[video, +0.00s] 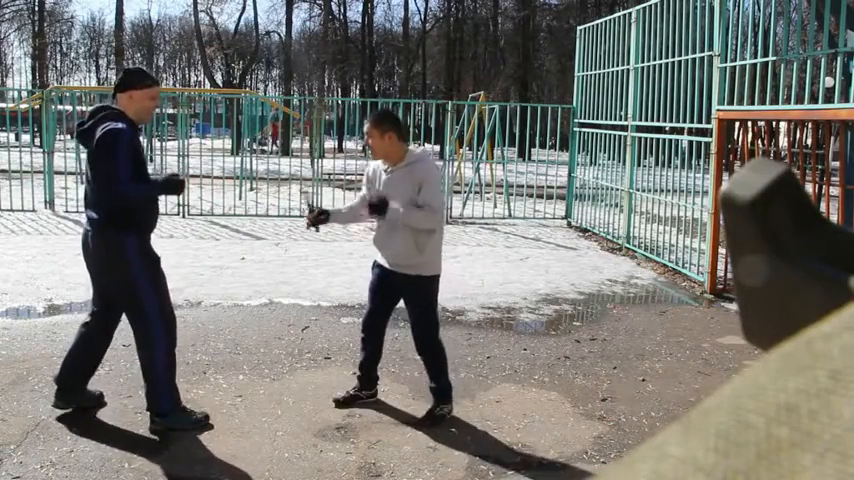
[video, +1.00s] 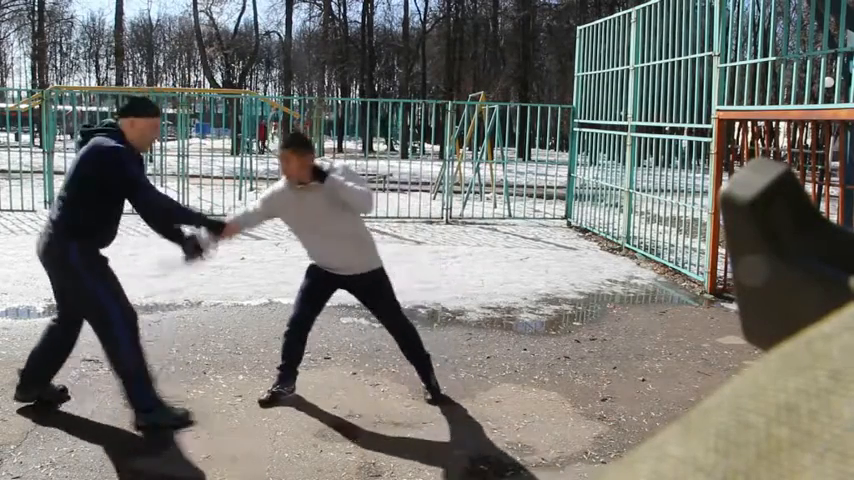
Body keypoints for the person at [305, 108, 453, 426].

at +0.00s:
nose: (367, 145)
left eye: (371, 139)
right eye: (367, 139)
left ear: (390, 138)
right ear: (385, 139)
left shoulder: (426, 167)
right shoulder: (375, 171)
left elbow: (434, 219)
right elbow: (367, 209)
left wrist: (390, 211)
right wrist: (330, 216)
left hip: (421, 270)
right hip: (387, 266)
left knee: (426, 341)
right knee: (371, 327)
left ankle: (443, 400)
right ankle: (366, 387)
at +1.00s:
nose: (282, 166)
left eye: (287, 160)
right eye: (281, 160)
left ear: (307, 159)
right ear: (282, 162)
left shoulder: (337, 179)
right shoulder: (280, 196)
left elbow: (367, 203)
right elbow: (252, 216)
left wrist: (327, 181)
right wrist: (226, 227)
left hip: (364, 268)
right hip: (323, 269)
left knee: (397, 324)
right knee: (298, 323)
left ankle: (429, 379)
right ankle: (285, 382)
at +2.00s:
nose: (320, 155)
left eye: (324, 149)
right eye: (320, 150)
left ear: (343, 149)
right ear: (338, 150)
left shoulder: (376, 179)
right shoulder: (330, 180)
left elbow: (367, 222)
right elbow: (324, 220)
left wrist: (333, 192)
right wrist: (310, 239)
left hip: (363, 273)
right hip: (328, 266)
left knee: (380, 335)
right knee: (291, 313)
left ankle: (401, 382)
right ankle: (282, 376)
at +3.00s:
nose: (240, 155)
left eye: (242, 149)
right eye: (239, 150)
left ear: (260, 145)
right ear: (256, 146)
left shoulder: (300, 170)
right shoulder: (258, 178)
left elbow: (306, 215)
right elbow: (249, 218)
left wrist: (264, 198)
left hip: (314, 264)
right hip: (278, 262)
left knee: (334, 323)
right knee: (255, 314)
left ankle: (358, 375)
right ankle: (240, 376)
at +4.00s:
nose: (182, 153)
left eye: (185, 147)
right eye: (182, 147)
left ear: (203, 145)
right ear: (199, 147)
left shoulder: (245, 169)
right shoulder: (189, 183)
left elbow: (258, 210)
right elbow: (165, 214)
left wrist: (214, 195)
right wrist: (130, 238)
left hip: (267, 259)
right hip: (230, 260)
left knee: (289, 318)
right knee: (209, 313)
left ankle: (317, 370)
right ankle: (199, 374)